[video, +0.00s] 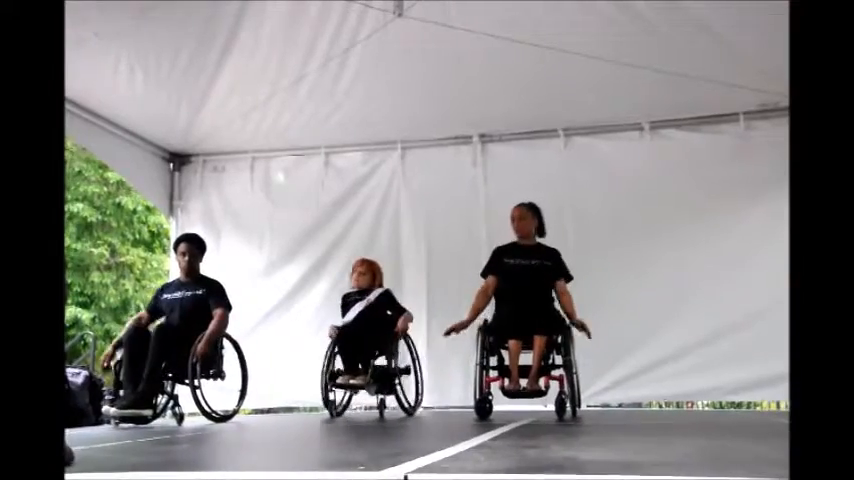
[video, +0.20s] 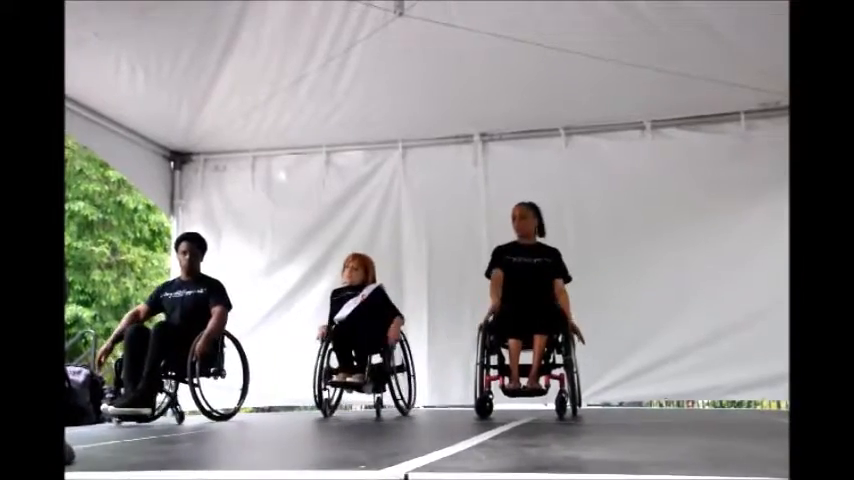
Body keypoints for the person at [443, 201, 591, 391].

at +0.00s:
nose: (516, 224)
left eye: (521, 219)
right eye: (513, 220)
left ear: (535, 222)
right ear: (510, 223)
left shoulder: (550, 254)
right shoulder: (501, 253)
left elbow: (561, 290)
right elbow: (487, 289)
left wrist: (573, 318)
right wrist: (469, 319)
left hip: (540, 311)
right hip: (510, 310)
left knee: (544, 321)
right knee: (513, 323)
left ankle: (534, 378)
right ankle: (514, 378)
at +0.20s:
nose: (518, 223)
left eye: (524, 218)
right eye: (515, 219)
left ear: (537, 221)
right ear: (511, 223)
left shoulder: (551, 253)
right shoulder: (502, 252)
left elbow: (560, 289)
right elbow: (496, 280)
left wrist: (569, 320)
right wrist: (496, 302)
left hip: (542, 305)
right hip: (514, 306)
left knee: (543, 319)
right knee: (513, 320)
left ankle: (534, 377)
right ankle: (514, 377)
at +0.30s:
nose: (517, 223)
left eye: (522, 218)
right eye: (513, 219)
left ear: (535, 221)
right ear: (510, 223)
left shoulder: (550, 253)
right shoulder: (502, 252)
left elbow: (561, 290)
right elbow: (495, 273)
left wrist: (573, 321)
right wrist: (500, 282)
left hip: (543, 305)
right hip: (516, 305)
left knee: (542, 319)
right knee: (514, 318)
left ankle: (534, 376)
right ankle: (514, 376)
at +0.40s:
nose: (514, 223)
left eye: (519, 217)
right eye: (510, 219)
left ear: (532, 221)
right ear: (507, 223)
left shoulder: (549, 252)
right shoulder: (501, 250)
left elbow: (562, 290)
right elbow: (492, 264)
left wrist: (579, 324)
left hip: (541, 306)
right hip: (512, 307)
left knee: (543, 319)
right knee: (515, 320)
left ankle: (534, 376)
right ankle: (514, 376)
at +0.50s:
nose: (509, 222)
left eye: (513, 217)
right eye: (506, 218)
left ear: (526, 220)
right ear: (505, 224)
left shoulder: (546, 250)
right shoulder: (501, 250)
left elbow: (564, 288)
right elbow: (491, 230)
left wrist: (588, 325)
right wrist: (523, 212)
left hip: (541, 306)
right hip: (511, 306)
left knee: (543, 318)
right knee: (515, 319)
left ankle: (534, 377)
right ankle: (514, 377)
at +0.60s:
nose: (508, 221)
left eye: (513, 215)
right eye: (504, 218)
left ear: (526, 219)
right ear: (501, 224)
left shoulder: (544, 249)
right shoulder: (500, 247)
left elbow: (566, 286)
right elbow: (486, 213)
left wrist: (592, 323)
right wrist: (514, 187)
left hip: (541, 304)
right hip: (512, 304)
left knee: (544, 316)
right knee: (514, 317)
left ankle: (534, 375)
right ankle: (514, 376)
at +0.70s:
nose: (506, 222)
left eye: (511, 216)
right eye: (502, 218)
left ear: (524, 218)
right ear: (500, 223)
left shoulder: (544, 248)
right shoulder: (499, 245)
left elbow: (571, 281)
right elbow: (479, 205)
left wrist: (600, 311)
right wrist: (489, 168)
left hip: (541, 301)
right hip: (510, 301)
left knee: (546, 315)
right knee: (514, 316)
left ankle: (534, 375)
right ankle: (515, 375)